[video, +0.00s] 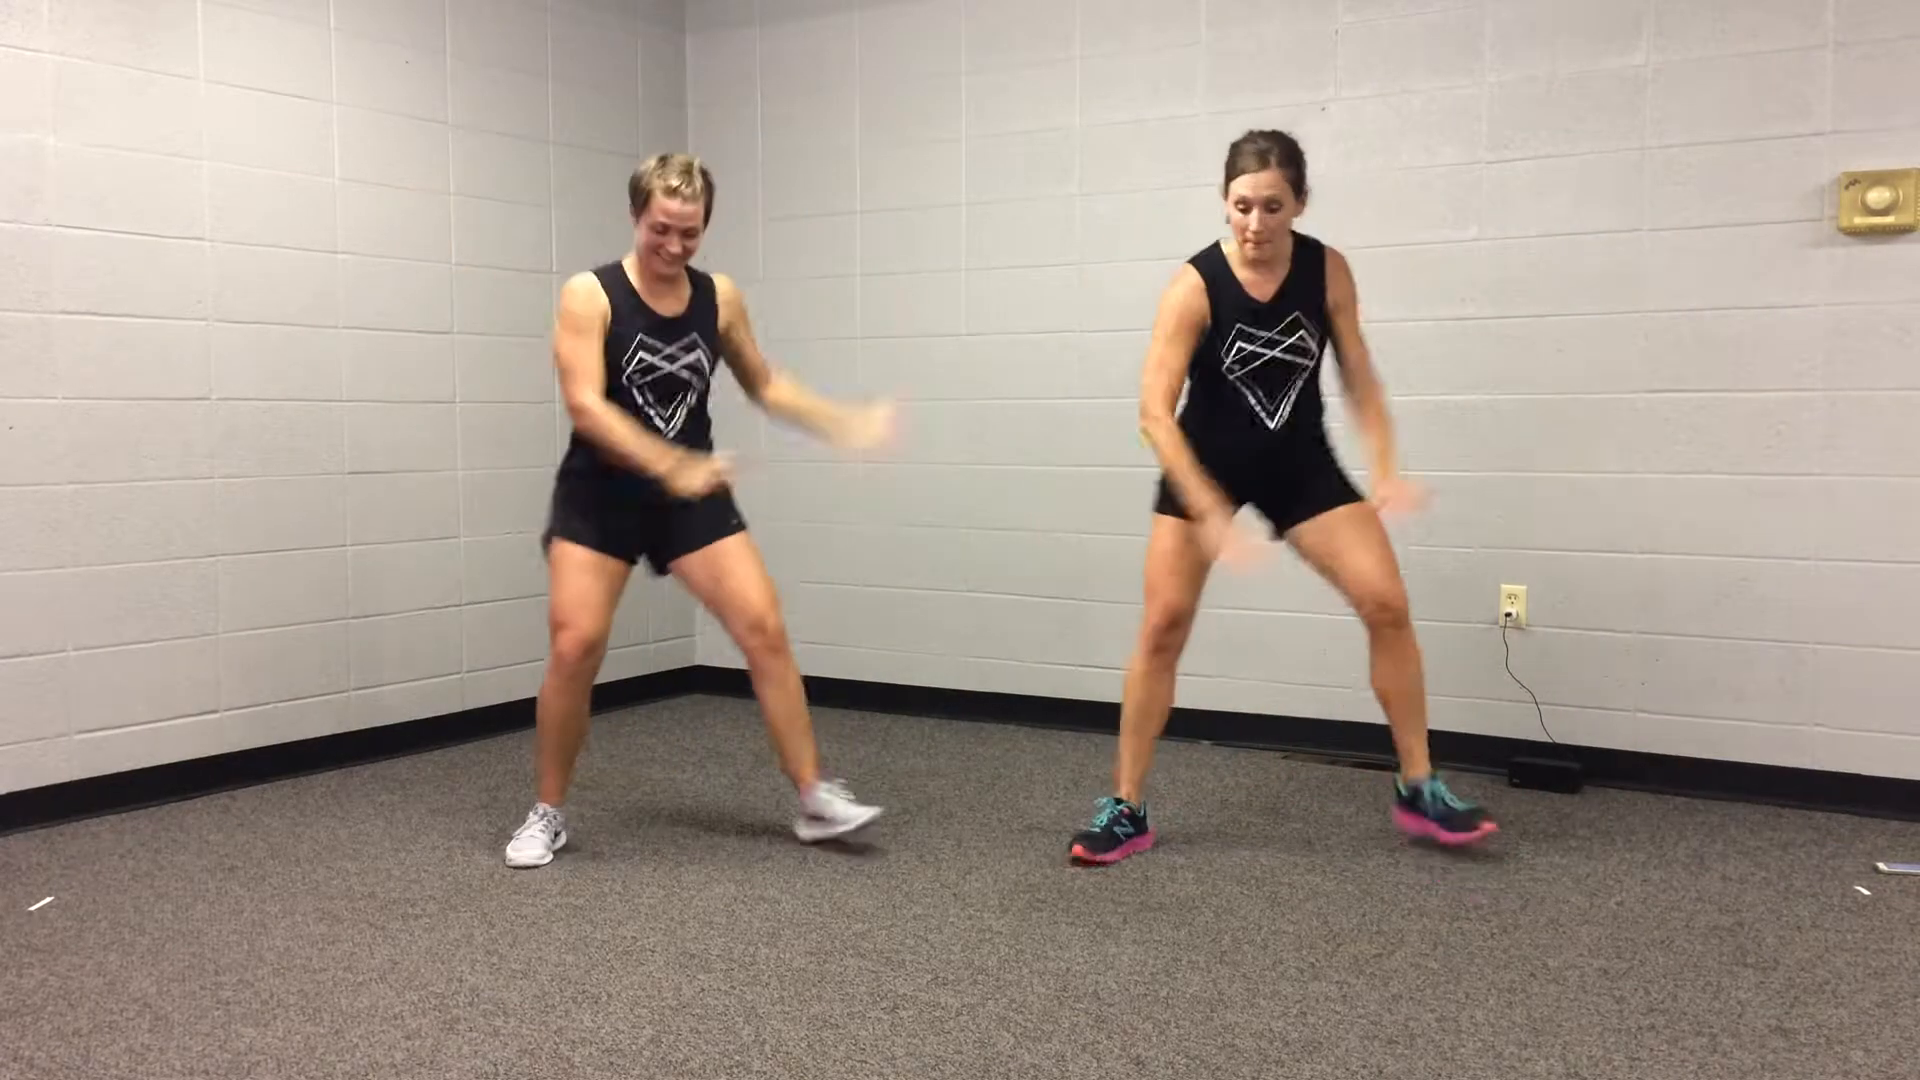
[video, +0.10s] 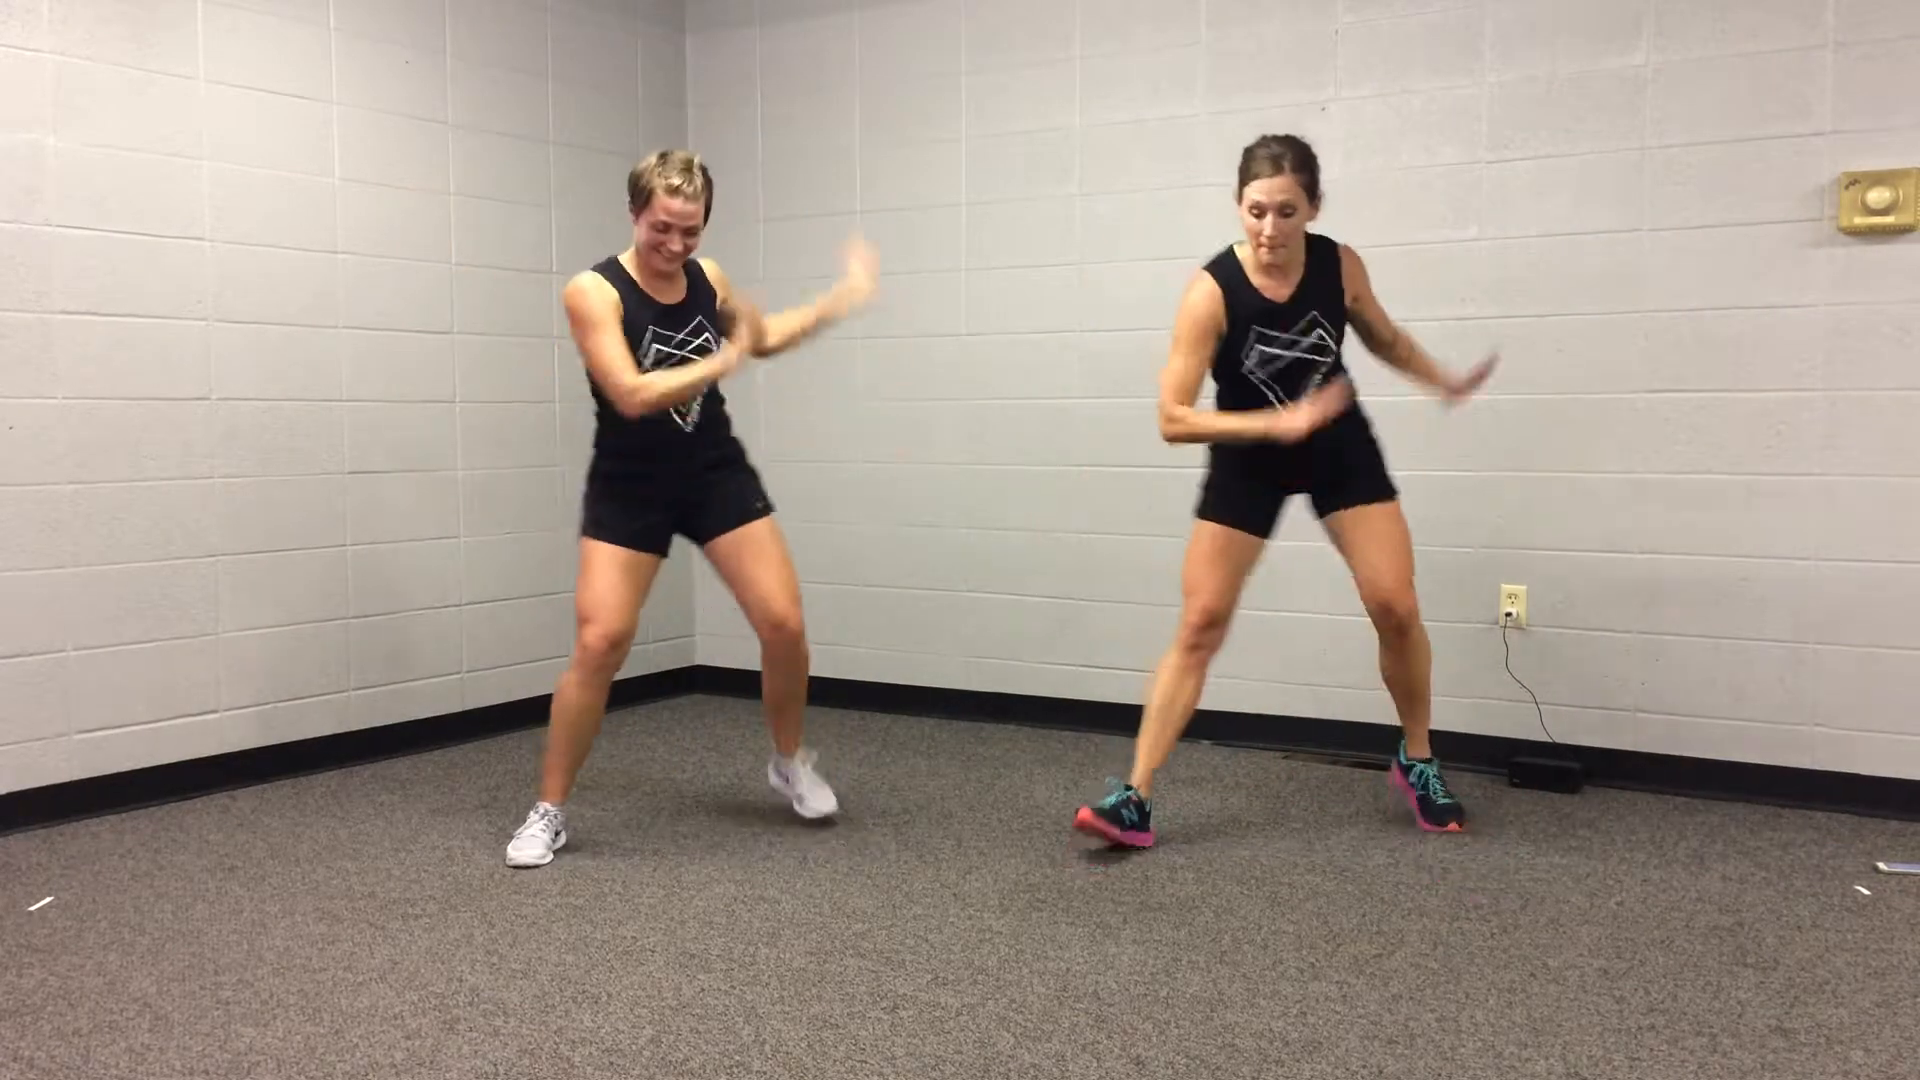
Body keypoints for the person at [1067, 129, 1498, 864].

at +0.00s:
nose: (1255, 223)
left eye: (1271, 207)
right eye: (1241, 206)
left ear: (1299, 205)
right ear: (1223, 204)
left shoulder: (1326, 271)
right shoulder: (1195, 288)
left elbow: (1360, 378)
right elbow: (1153, 413)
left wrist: (1384, 470)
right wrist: (1211, 512)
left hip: (1297, 461)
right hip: (1207, 467)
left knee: (1387, 605)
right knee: (1162, 627)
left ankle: (1419, 784)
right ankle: (1125, 803)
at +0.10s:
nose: (1269, 228)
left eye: (1286, 211)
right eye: (1256, 211)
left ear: (1311, 210)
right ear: (1238, 209)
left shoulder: (1338, 267)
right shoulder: (1211, 292)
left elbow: (1385, 339)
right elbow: (1172, 420)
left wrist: (1444, 382)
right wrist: (1279, 422)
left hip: (1338, 443)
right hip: (1248, 457)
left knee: (1395, 606)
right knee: (1200, 623)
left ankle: (1418, 759)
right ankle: (1135, 795)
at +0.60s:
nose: (1304, 228)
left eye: (1321, 212)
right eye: (1293, 213)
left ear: (1355, 217)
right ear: (1279, 217)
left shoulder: (1384, 296)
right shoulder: (1245, 282)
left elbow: (1424, 412)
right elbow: (1183, 369)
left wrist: (1383, 432)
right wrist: (1157, 407)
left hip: (1308, 457)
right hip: (1221, 445)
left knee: (1361, 621)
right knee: (1167, 604)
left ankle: (1415, 773)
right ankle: (1142, 782)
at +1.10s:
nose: (1248, 167)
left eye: (1265, 158)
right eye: (1237, 157)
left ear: (1288, 178)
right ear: (1219, 173)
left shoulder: (1305, 264)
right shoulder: (1190, 264)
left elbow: (1370, 352)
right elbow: (1151, 372)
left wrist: (1456, 350)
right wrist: (1255, 370)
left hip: (1293, 468)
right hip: (1205, 470)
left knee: (1379, 607)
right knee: (1178, 638)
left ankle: (1440, 800)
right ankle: (1143, 789)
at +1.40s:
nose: (1290, 178)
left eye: (1305, 168)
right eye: (1275, 168)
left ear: (1326, 191)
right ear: (1251, 192)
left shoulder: (1362, 280)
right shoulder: (1231, 288)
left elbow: (1425, 377)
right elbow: (1232, 406)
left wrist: (1524, 403)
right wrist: (1335, 391)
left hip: (1394, 478)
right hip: (1292, 487)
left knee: (1443, 645)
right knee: (1207, 657)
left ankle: (1453, 834)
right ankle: (1160, 787)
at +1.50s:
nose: (1302, 172)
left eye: (1316, 161)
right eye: (1286, 164)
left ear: (1339, 184)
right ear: (1264, 191)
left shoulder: (1387, 271)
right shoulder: (1247, 289)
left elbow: (1457, 368)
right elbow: (1250, 408)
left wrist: (1522, 463)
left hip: (1381, 478)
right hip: (1279, 479)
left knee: (1436, 649)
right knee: (1158, 627)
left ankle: (1453, 834)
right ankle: (1137, 768)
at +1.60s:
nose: (1304, 156)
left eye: (1318, 144)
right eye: (1289, 149)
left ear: (1346, 164)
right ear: (1271, 174)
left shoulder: (1394, 252)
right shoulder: (1250, 270)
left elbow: (1471, 341)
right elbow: (1208, 373)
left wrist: (1465, 385)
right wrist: (1183, 444)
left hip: (1355, 472)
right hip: (1249, 465)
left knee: (1413, 646)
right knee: (1127, 596)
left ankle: (1452, 834)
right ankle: (1114, 760)